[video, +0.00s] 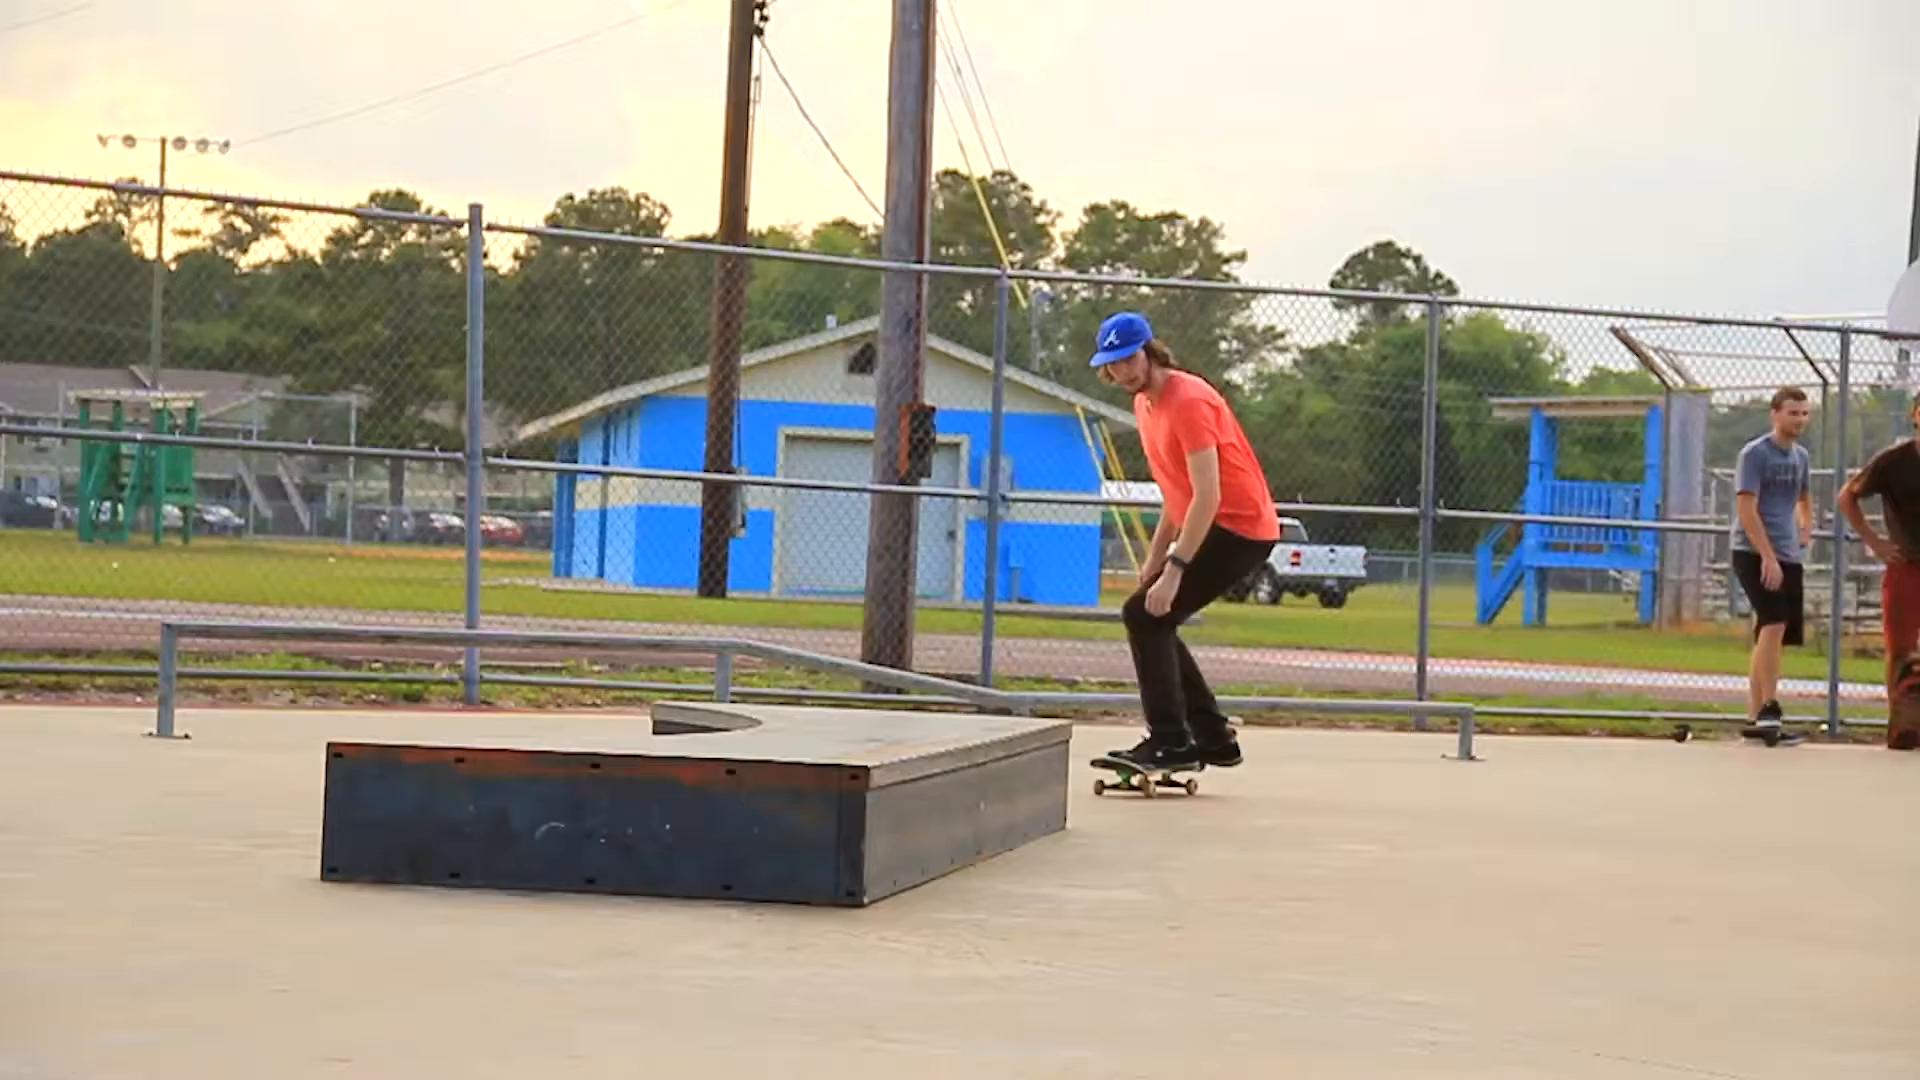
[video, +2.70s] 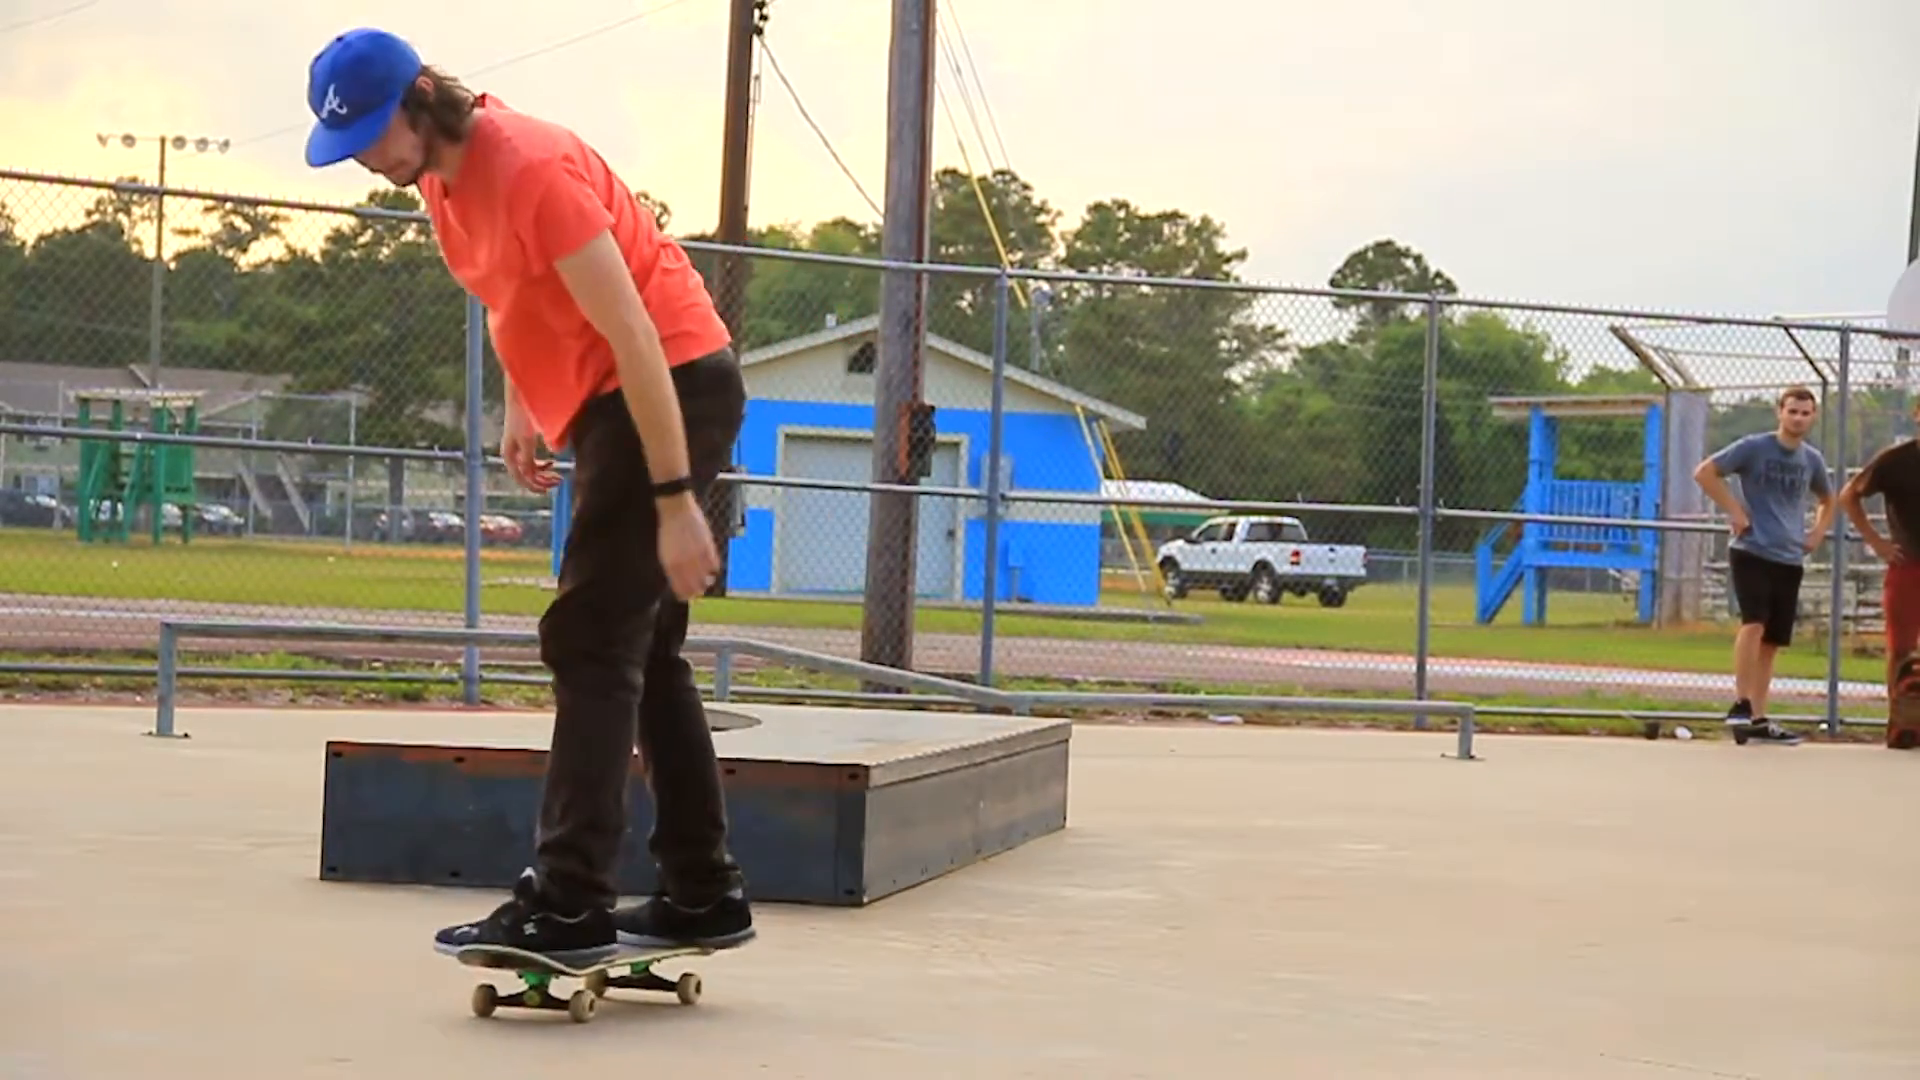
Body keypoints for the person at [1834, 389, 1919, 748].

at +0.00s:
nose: (1919, 420)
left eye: (1919, 413)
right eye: (1919, 414)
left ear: (1915, 416)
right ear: (1914, 416)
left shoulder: (1900, 457)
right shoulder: (1899, 458)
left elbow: (1847, 497)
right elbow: (1847, 496)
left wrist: (1873, 542)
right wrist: (1873, 541)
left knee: (1905, 650)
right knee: (1901, 650)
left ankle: (1906, 728)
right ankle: (1902, 728)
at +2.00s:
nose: (1919, 416)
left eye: (1918, 410)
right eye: (1919, 411)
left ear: (1915, 417)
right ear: (1915, 417)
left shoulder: (1901, 458)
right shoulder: (1900, 458)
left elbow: (1850, 496)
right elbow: (1850, 496)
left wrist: (1877, 543)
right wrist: (1877, 543)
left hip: (1910, 569)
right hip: (1908, 566)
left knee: (1905, 648)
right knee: (1903, 648)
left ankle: (1905, 726)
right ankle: (1901, 726)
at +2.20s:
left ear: (1914, 416)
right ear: (1915, 416)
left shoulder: (1900, 458)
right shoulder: (1900, 459)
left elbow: (1850, 497)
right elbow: (1849, 496)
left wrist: (1878, 544)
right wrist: (1878, 544)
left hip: (1909, 568)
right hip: (1907, 567)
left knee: (1905, 650)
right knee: (1903, 649)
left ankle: (1905, 726)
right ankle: (1902, 726)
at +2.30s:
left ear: (1914, 417)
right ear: (1915, 417)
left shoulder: (1901, 458)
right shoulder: (1901, 459)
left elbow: (1850, 496)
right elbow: (1849, 496)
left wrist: (1875, 541)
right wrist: (1876, 542)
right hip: (1907, 567)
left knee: (1906, 654)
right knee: (1904, 653)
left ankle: (1905, 733)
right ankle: (1903, 733)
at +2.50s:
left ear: (1914, 417)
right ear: (1915, 417)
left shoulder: (1900, 458)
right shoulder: (1900, 458)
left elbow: (1850, 496)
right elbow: (1849, 495)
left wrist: (1877, 543)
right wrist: (1877, 543)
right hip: (1907, 569)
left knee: (1905, 657)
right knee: (1903, 656)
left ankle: (1906, 739)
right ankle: (1903, 741)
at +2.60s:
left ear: (1914, 416)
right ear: (1915, 416)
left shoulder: (1901, 457)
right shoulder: (1900, 458)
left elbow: (1850, 496)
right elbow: (1849, 495)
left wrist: (1877, 544)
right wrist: (1877, 543)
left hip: (1909, 568)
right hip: (1906, 567)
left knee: (1904, 650)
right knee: (1903, 648)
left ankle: (1905, 726)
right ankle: (1902, 726)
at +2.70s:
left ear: (1913, 415)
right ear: (1915, 415)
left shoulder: (1901, 457)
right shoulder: (1901, 458)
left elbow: (1849, 495)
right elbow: (1849, 495)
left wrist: (1875, 542)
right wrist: (1876, 542)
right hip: (1907, 567)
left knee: (1905, 653)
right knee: (1903, 652)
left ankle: (1904, 732)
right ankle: (1902, 732)